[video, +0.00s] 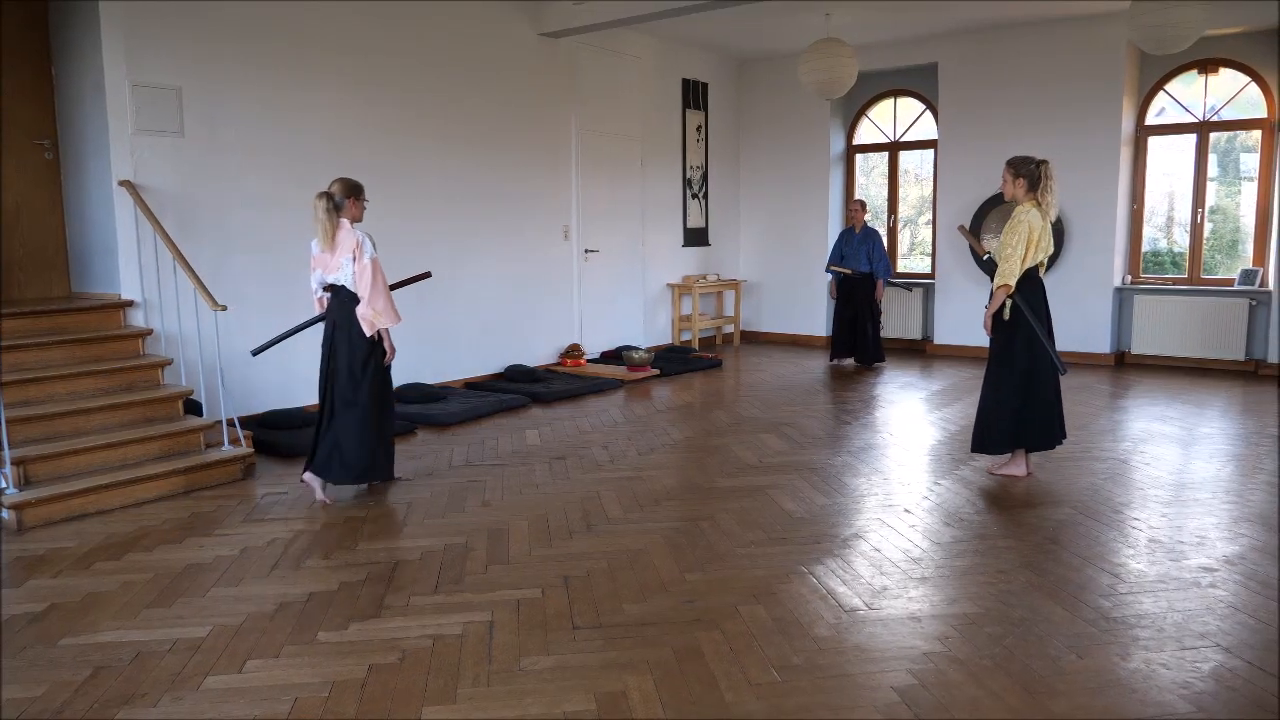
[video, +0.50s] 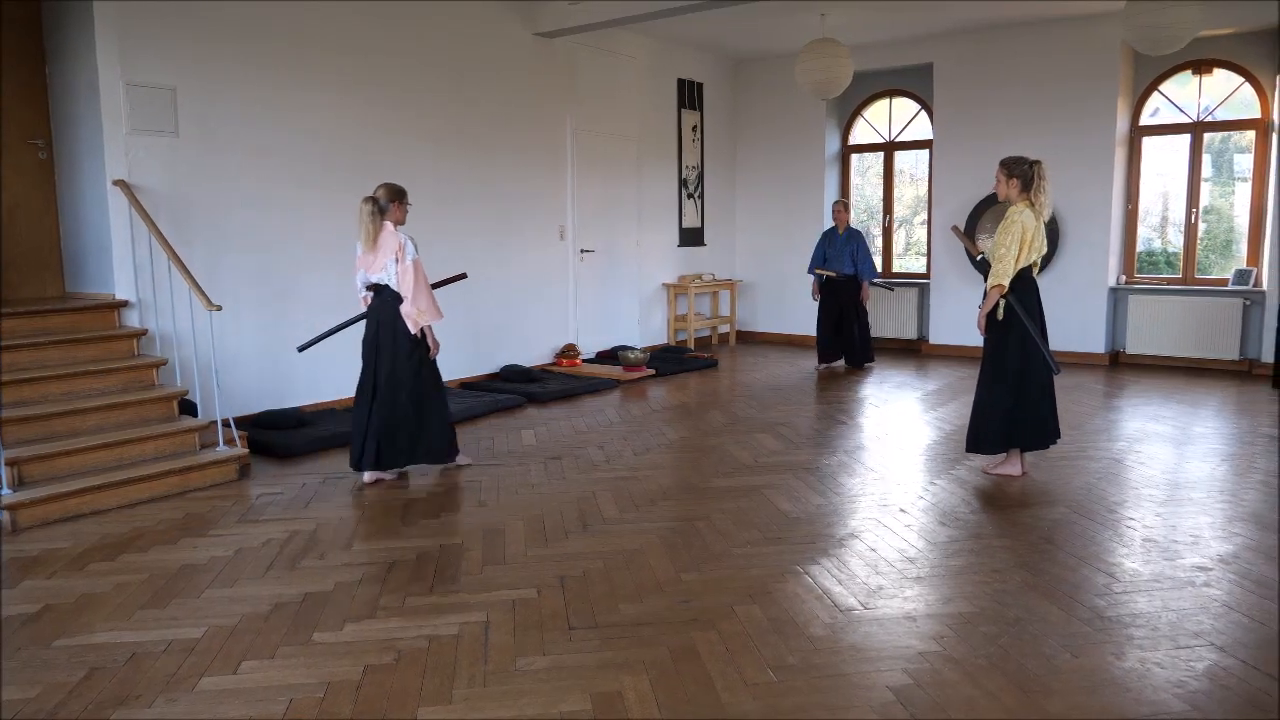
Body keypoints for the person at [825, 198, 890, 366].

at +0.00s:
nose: (852, 214)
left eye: (856, 211)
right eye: (850, 211)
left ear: (864, 213)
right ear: (848, 212)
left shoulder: (872, 234)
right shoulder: (844, 234)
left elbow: (880, 261)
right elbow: (835, 259)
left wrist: (880, 285)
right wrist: (833, 281)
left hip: (866, 281)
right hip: (846, 281)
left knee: (865, 320)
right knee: (844, 318)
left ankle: (866, 358)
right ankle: (842, 354)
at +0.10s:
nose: (851, 214)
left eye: (854, 211)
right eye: (848, 211)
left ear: (862, 213)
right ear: (846, 212)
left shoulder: (870, 235)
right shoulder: (842, 234)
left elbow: (878, 261)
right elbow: (833, 258)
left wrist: (878, 285)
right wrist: (831, 281)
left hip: (864, 281)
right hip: (844, 281)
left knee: (864, 320)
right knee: (841, 318)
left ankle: (865, 358)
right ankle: (837, 355)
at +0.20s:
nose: (848, 214)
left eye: (852, 211)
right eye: (847, 211)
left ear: (859, 213)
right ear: (845, 213)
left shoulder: (868, 235)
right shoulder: (840, 234)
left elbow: (876, 261)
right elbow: (831, 259)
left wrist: (876, 286)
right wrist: (828, 281)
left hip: (862, 282)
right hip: (841, 281)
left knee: (861, 321)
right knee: (838, 319)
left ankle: (861, 359)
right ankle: (835, 355)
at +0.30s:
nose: (844, 215)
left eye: (848, 212)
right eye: (842, 211)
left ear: (856, 213)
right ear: (840, 213)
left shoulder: (865, 236)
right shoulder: (836, 235)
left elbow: (873, 262)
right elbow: (827, 259)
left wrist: (874, 286)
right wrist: (825, 282)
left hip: (858, 283)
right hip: (838, 282)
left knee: (859, 322)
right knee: (832, 320)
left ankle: (859, 360)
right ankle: (828, 358)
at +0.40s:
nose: (840, 215)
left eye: (844, 212)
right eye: (839, 212)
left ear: (852, 214)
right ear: (837, 214)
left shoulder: (861, 236)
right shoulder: (832, 235)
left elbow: (869, 262)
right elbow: (823, 260)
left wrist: (870, 286)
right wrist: (820, 282)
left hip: (855, 283)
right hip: (834, 282)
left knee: (856, 321)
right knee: (829, 321)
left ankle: (857, 360)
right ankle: (827, 359)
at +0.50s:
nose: (835, 214)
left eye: (838, 211)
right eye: (833, 212)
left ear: (847, 214)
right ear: (832, 214)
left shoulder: (856, 236)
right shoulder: (826, 235)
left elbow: (864, 262)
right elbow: (818, 260)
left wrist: (865, 286)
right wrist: (816, 282)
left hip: (850, 283)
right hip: (829, 283)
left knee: (852, 322)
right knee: (826, 321)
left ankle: (854, 360)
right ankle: (825, 359)